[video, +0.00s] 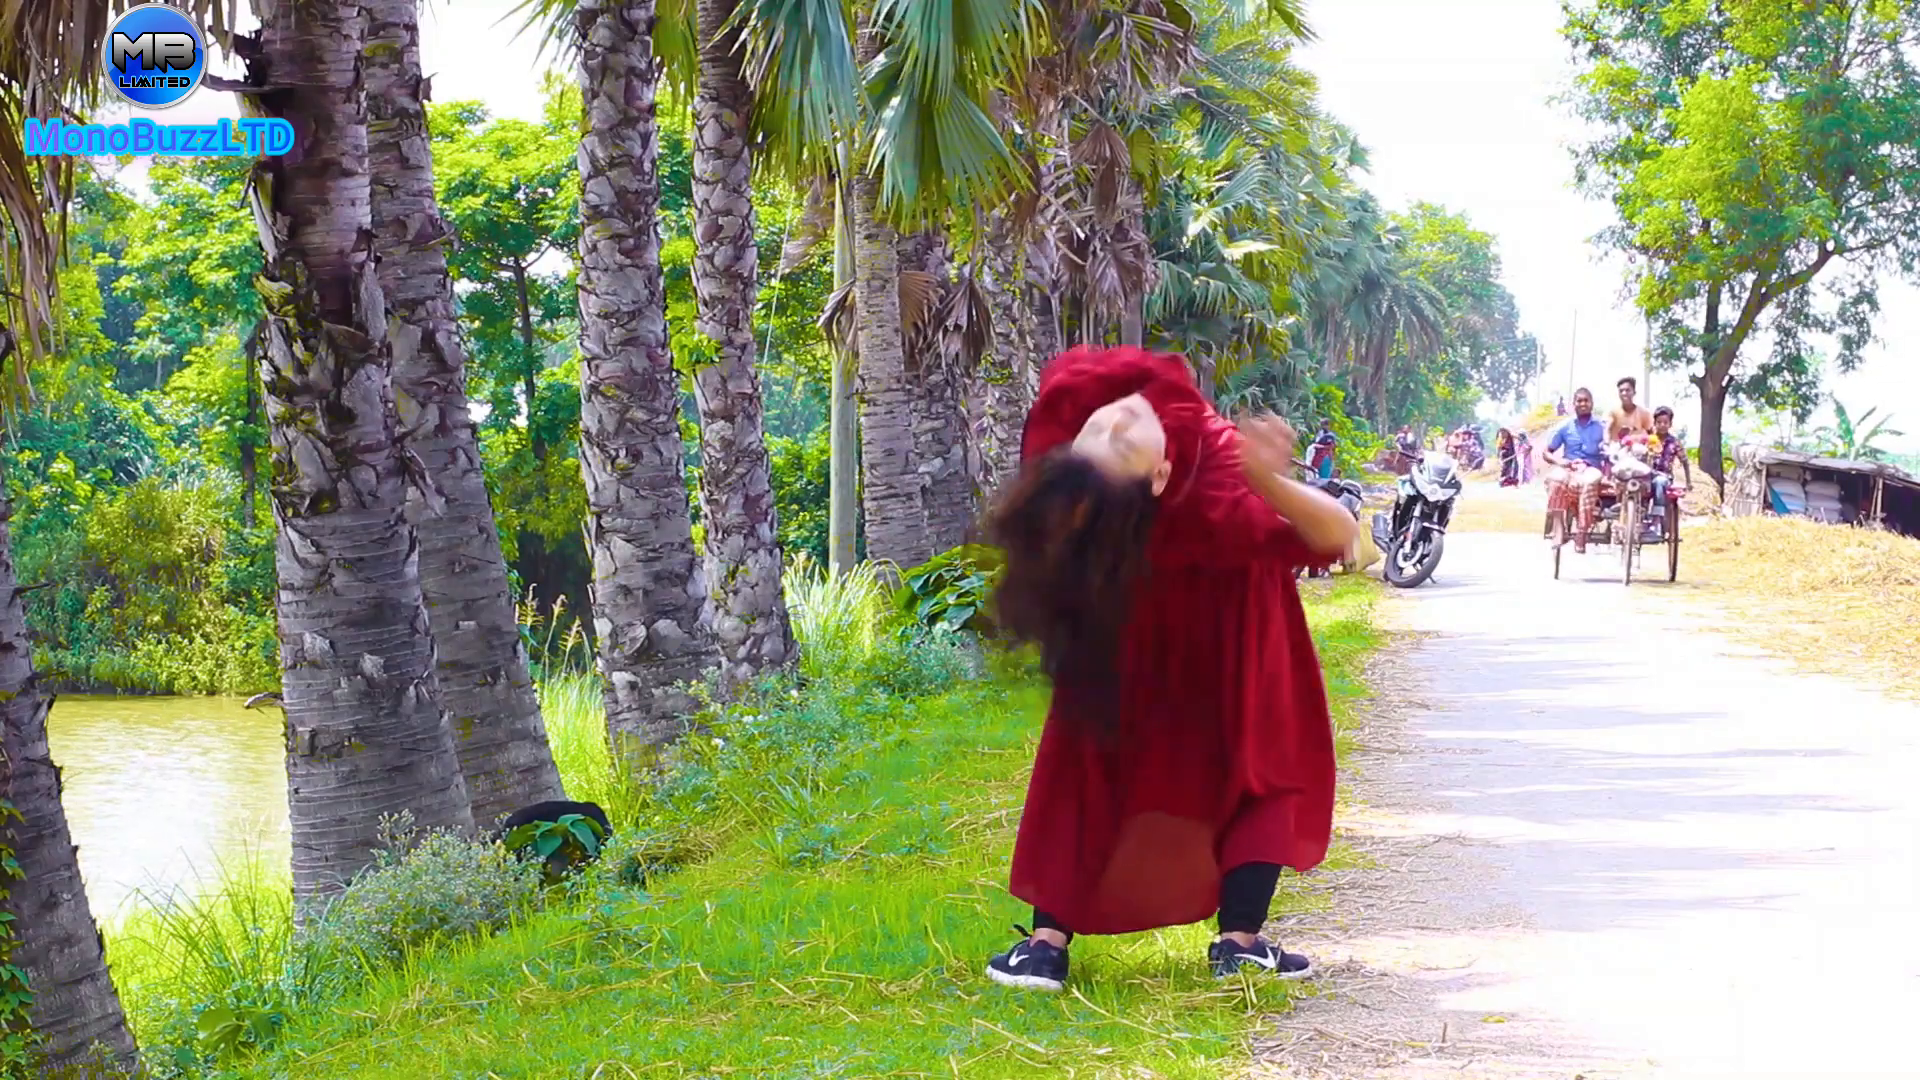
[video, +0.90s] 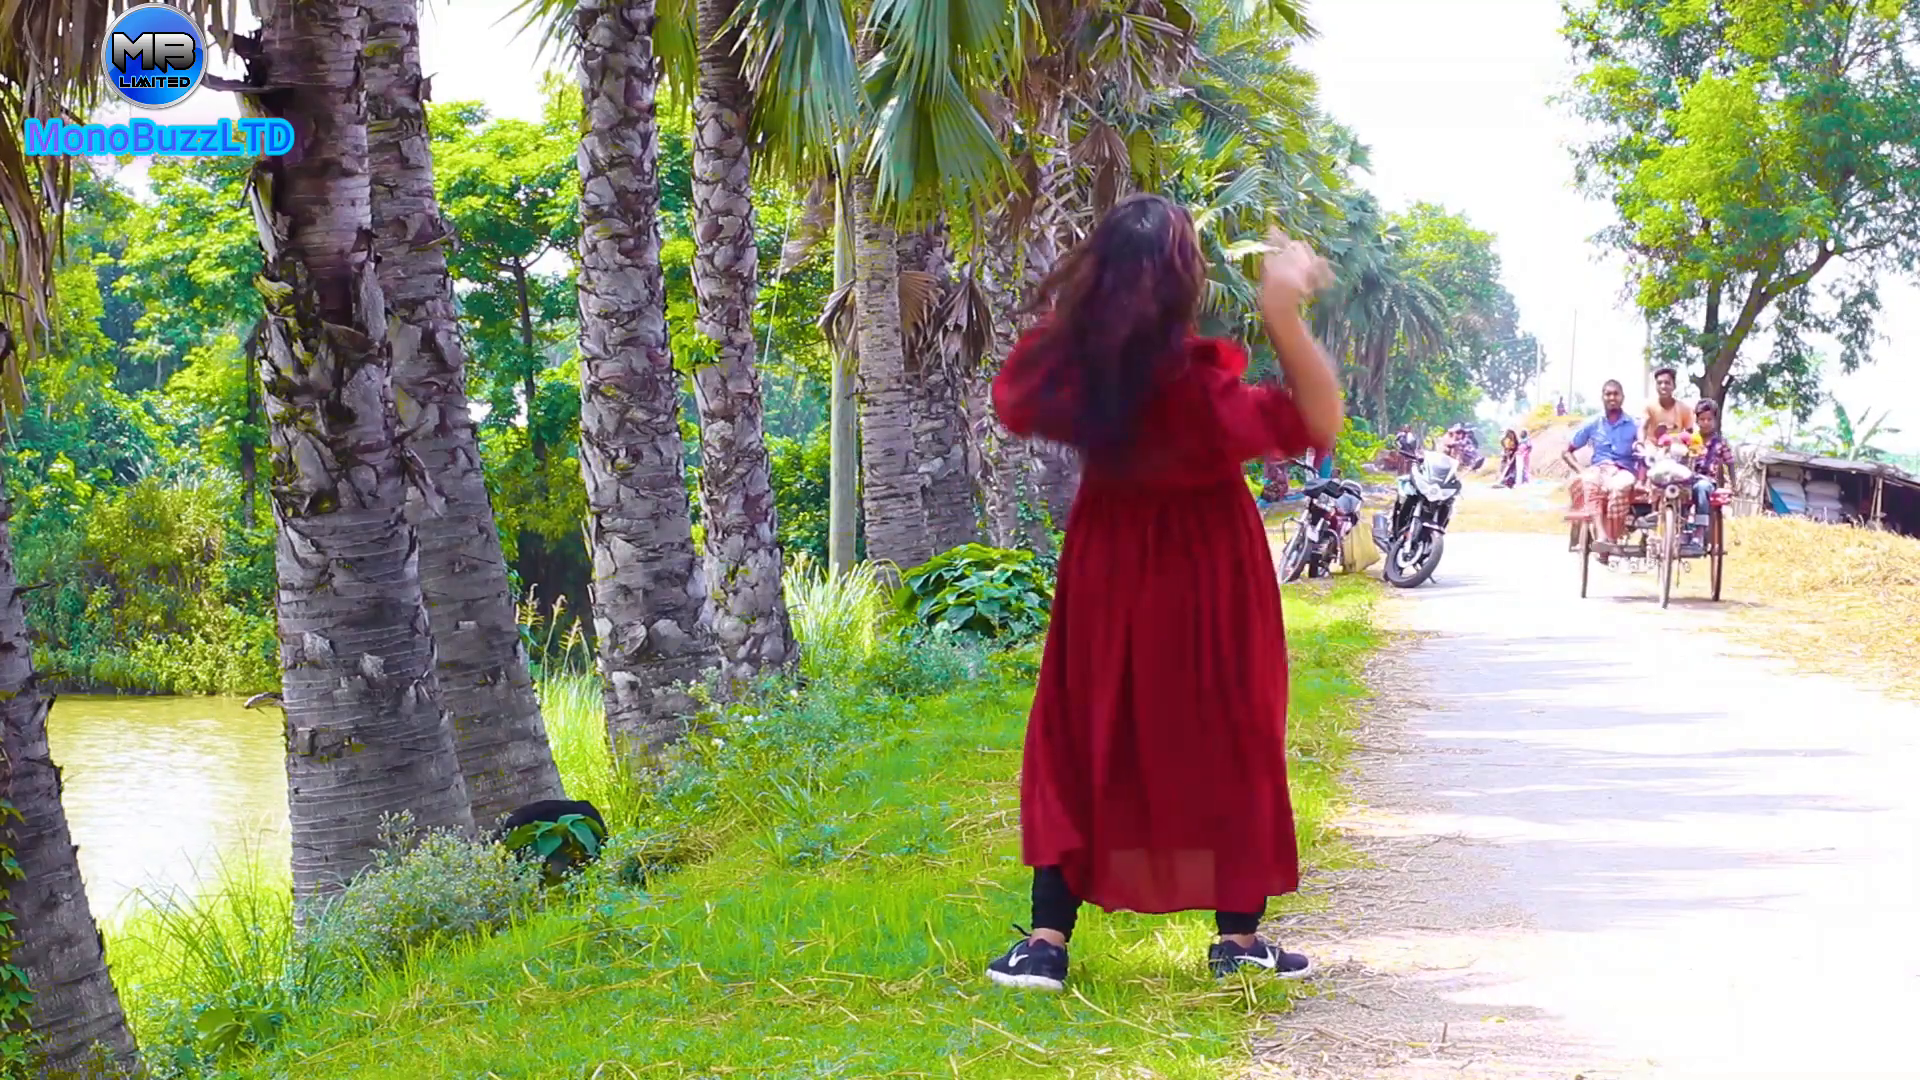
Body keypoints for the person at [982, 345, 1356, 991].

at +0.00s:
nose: (1116, 420)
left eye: (1097, 442)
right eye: (1130, 445)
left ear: (1064, 454)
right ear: (1158, 479)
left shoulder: (1063, 401)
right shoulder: (1224, 485)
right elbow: (1338, 536)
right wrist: (1270, 478)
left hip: (1124, 591)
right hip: (1235, 592)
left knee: (1080, 747)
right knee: (1266, 756)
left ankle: (1046, 941)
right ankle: (1242, 940)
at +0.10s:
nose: (1131, 393)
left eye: (1113, 415)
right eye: (1146, 422)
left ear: (1078, 437)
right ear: (1175, 456)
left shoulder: (1061, 394)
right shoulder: (1225, 480)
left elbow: (1027, 342)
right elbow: (1308, 545)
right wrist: (1365, 513)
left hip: (1112, 585)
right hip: (1228, 590)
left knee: (1075, 752)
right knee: (1260, 758)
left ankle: (1045, 943)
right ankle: (1239, 939)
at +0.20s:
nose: (1153, 348)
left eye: (1131, 364)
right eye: (1172, 377)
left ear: (1111, 390)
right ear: (1193, 416)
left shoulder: (1080, 384)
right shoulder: (1243, 422)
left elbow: (999, 343)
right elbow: (1297, 521)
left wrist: (1097, 285)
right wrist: (1397, 511)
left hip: (1113, 594)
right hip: (1232, 604)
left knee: (1076, 755)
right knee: (1259, 759)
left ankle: (1045, 940)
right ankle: (1240, 937)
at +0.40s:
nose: (1146, 285)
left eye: (1130, 319)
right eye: (1159, 294)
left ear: (1135, 355)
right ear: (1212, 336)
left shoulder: (1112, 418)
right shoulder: (1257, 352)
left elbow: (1030, 446)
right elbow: (1304, 404)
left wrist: (1036, 355)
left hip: (1142, 592)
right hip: (1247, 578)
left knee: (1088, 751)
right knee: (1248, 745)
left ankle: (1044, 945)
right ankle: (1238, 939)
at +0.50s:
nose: (1128, 325)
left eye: (1132, 320)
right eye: (1135, 317)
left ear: (1142, 335)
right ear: (1216, 313)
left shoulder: (1128, 417)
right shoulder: (1258, 325)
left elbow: (1066, 495)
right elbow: (1321, 298)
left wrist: (1064, 390)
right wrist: (1224, 288)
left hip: (1143, 601)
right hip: (1248, 591)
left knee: (1089, 754)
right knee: (1249, 753)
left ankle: (1044, 946)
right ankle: (1238, 938)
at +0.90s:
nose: (1199, 270)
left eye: (1192, 259)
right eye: (1194, 262)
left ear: (1101, 274)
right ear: (1185, 279)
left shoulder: (1072, 365)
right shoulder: (1202, 385)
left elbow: (1013, 404)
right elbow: (1321, 420)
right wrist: (1284, 308)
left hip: (1106, 547)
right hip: (1209, 553)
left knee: (1074, 735)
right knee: (1241, 737)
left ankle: (1045, 942)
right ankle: (1238, 937)